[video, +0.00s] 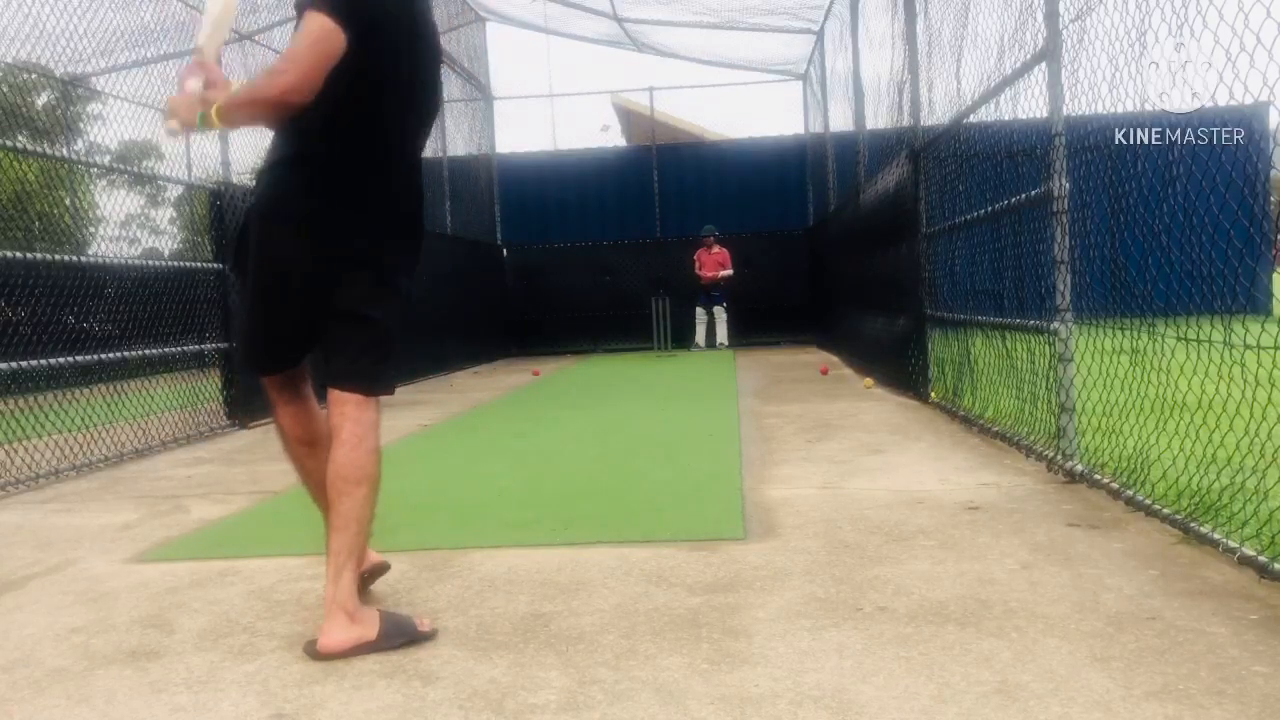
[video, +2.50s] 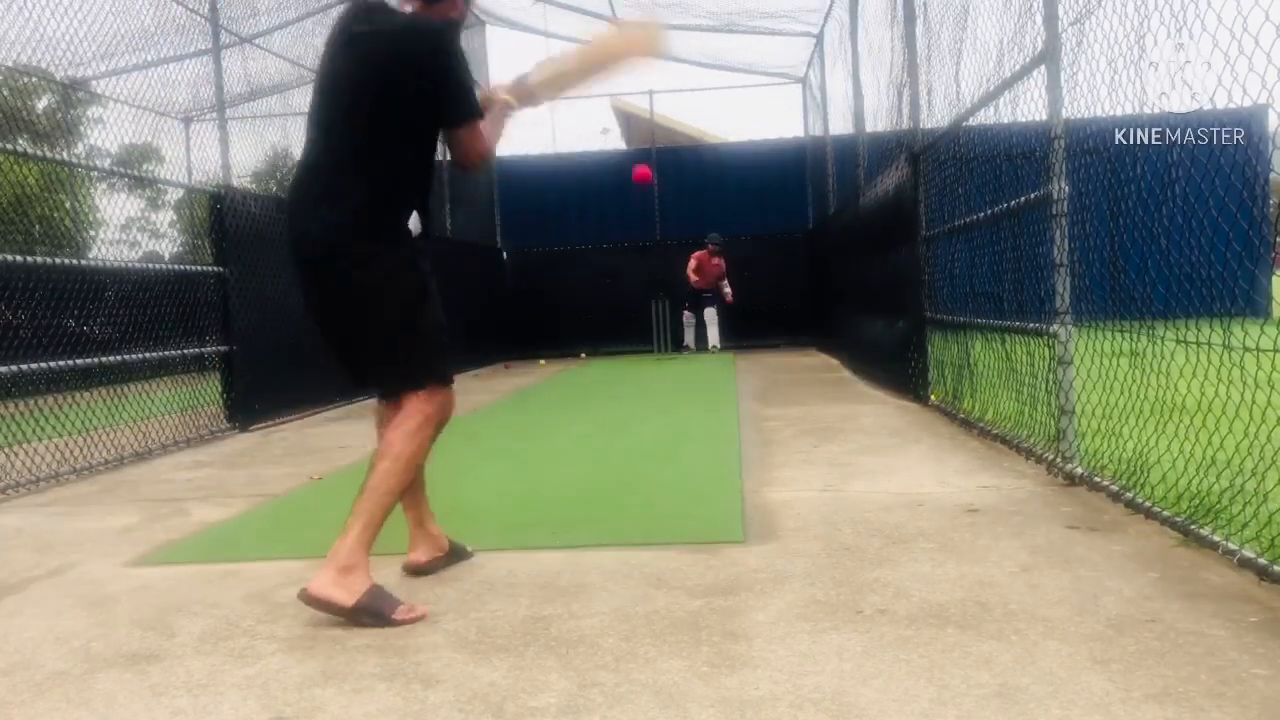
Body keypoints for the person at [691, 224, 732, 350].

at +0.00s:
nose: (706, 239)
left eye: (709, 237)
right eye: (704, 237)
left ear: (714, 237)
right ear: (702, 239)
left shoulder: (723, 252)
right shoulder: (700, 253)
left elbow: (730, 270)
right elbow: (696, 270)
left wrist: (717, 275)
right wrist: (703, 274)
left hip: (718, 285)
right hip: (704, 286)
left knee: (719, 312)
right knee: (700, 313)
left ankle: (722, 342)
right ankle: (700, 343)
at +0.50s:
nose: (735, 264)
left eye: (736, 262)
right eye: (734, 260)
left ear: (736, 261)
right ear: (727, 258)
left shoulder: (730, 268)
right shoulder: (717, 267)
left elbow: (727, 280)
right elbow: (717, 284)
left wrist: (731, 286)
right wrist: (730, 288)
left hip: (718, 289)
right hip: (705, 288)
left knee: (721, 312)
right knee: (699, 313)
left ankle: (722, 342)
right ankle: (693, 338)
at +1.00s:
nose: (710, 240)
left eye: (712, 237)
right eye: (707, 237)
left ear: (716, 239)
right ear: (703, 239)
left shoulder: (720, 253)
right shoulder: (696, 253)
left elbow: (724, 271)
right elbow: (690, 268)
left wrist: (726, 278)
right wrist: (699, 273)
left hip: (715, 286)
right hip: (700, 287)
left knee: (720, 312)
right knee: (700, 315)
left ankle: (723, 342)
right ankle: (702, 343)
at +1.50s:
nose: (705, 242)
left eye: (707, 239)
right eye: (704, 240)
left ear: (713, 239)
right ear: (702, 241)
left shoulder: (724, 251)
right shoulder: (701, 254)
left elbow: (732, 269)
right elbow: (699, 270)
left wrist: (723, 274)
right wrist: (706, 274)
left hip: (719, 285)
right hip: (706, 286)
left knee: (721, 312)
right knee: (703, 312)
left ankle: (726, 341)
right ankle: (702, 342)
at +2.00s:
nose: (701, 244)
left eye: (703, 241)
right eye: (701, 241)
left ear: (709, 240)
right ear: (702, 241)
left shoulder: (723, 252)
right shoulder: (700, 255)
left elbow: (729, 270)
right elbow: (698, 271)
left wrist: (716, 270)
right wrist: (689, 278)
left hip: (719, 286)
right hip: (705, 286)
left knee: (721, 312)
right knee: (699, 311)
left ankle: (726, 342)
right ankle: (697, 343)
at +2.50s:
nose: (715, 248)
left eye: (717, 245)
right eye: (713, 245)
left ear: (720, 246)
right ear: (707, 245)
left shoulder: (720, 260)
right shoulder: (698, 256)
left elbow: (722, 279)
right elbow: (689, 269)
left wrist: (727, 292)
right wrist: (693, 277)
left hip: (710, 290)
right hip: (695, 289)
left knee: (711, 314)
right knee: (688, 315)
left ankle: (714, 345)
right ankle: (689, 345)